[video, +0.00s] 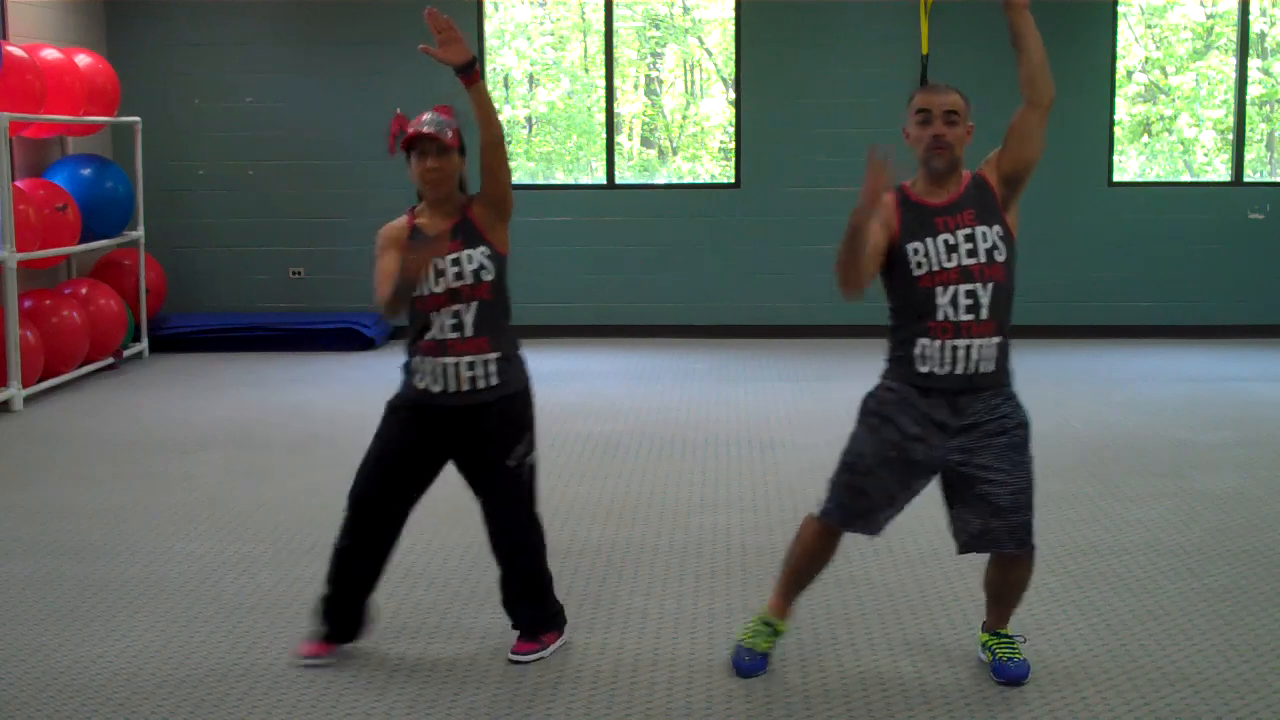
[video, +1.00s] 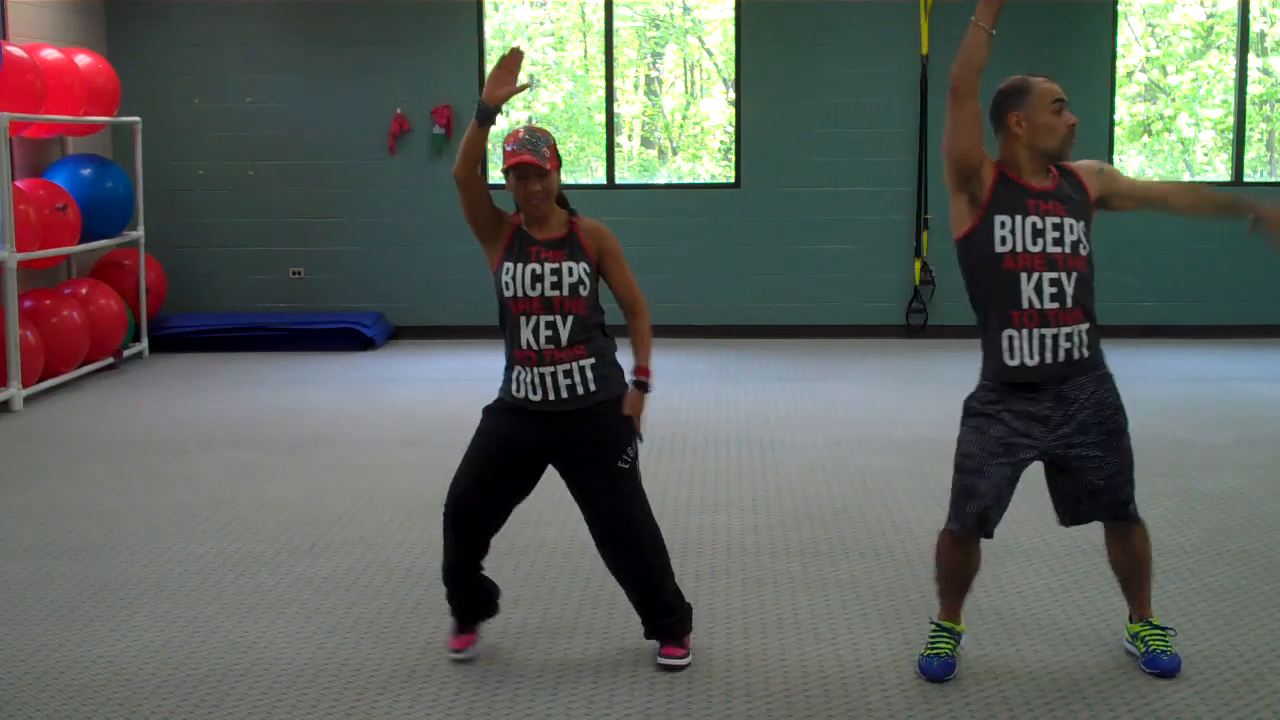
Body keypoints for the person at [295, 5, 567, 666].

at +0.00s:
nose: (430, 162)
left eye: (440, 153)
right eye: (420, 154)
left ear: (462, 161)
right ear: (408, 164)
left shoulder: (489, 218)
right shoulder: (396, 234)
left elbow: (491, 142)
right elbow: (387, 306)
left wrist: (469, 74)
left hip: (494, 399)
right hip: (423, 401)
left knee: (512, 518)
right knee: (370, 507)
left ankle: (540, 624)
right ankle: (337, 627)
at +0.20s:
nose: (458, 152)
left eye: (467, 142)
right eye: (448, 143)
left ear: (485, 154)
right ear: (436, 158)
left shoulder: (510, 210)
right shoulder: (428, 227)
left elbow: (521, 136)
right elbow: (417, 199)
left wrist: (488, 71)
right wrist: (429, 124)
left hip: (533, 388)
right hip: (461, 395)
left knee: (550, 511)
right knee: (447, 523)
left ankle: (549, 615)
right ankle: (492, 612)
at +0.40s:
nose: (476, 156)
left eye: (485, 145)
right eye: (465, 147)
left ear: (500, 156)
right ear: (450, 161)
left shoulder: (523, 211)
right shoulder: (441, 225)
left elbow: (535, 141)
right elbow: (422, 162)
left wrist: (503, 73)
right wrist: (446, 83)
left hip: (553, 388)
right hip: (486, 399)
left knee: (570, 510)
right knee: (490, 517)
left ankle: (567, 621)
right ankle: (491, 623)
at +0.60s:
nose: (492, 170)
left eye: (500, 160)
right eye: (482, 161)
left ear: (515, 165)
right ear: (464, 168)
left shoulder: (538, 215)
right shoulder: (451, 222)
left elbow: (596, 179)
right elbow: (434, 156)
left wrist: (596, 118)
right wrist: (471, 82)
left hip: (556, 392)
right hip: (484, 404)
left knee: (604, 491)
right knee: (483, 524)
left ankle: (605, 606)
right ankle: (493, 623)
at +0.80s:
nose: (509, 173)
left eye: (518, 163)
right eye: (500, 165)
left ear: (536, 168)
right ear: (486, 173)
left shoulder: (568, 227)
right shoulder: (476, 226)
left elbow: (637, 253)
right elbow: (452, 157)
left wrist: (702, 272)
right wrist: (487, 86)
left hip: (567, 406)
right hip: (493, 411)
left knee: (612, 515)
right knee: (472, 525)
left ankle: (668, 618)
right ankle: (489, 623)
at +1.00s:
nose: (527, 185)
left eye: (537, 173)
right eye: (518, 175)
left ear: (557, 176)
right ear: (506, 182)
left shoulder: (591, 237)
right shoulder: (500, 236)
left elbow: (636, 310)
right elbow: (467, 178)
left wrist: (640, 385)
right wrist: (487, 111)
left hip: (592, 408)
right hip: (519, 409)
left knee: (626, 526)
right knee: (463, 513)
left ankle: (670, 627)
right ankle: (467, 612)